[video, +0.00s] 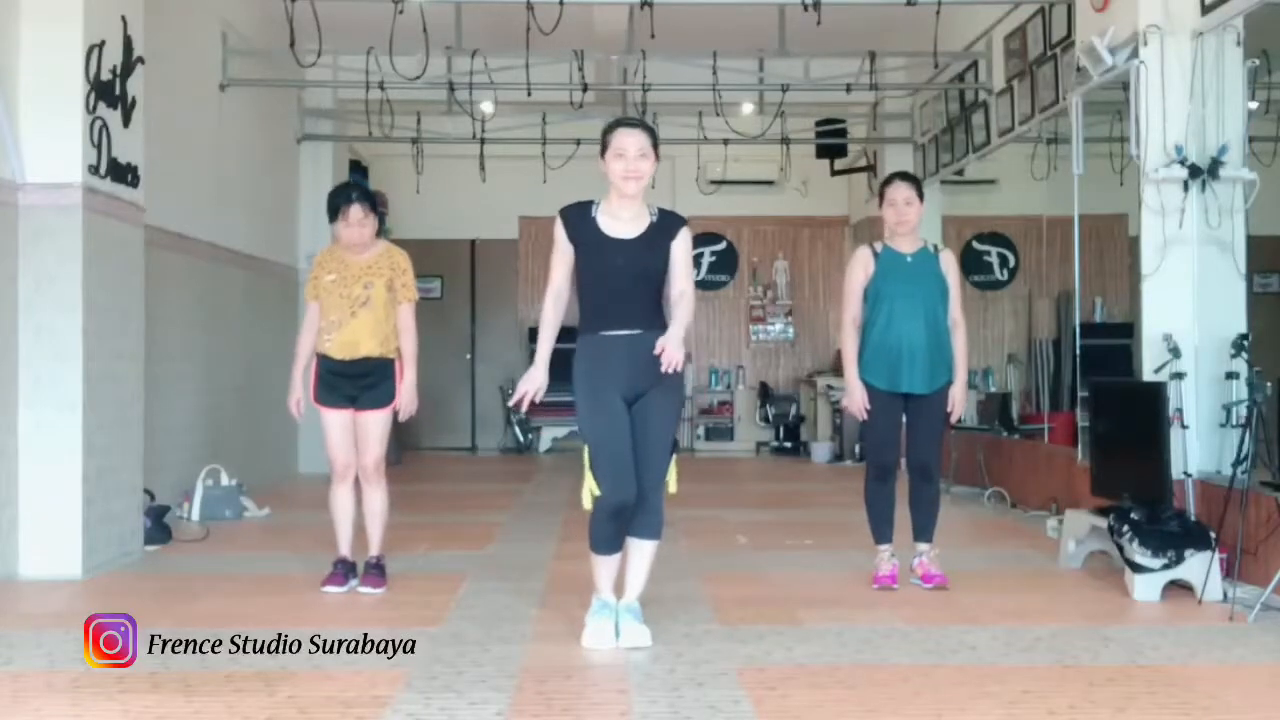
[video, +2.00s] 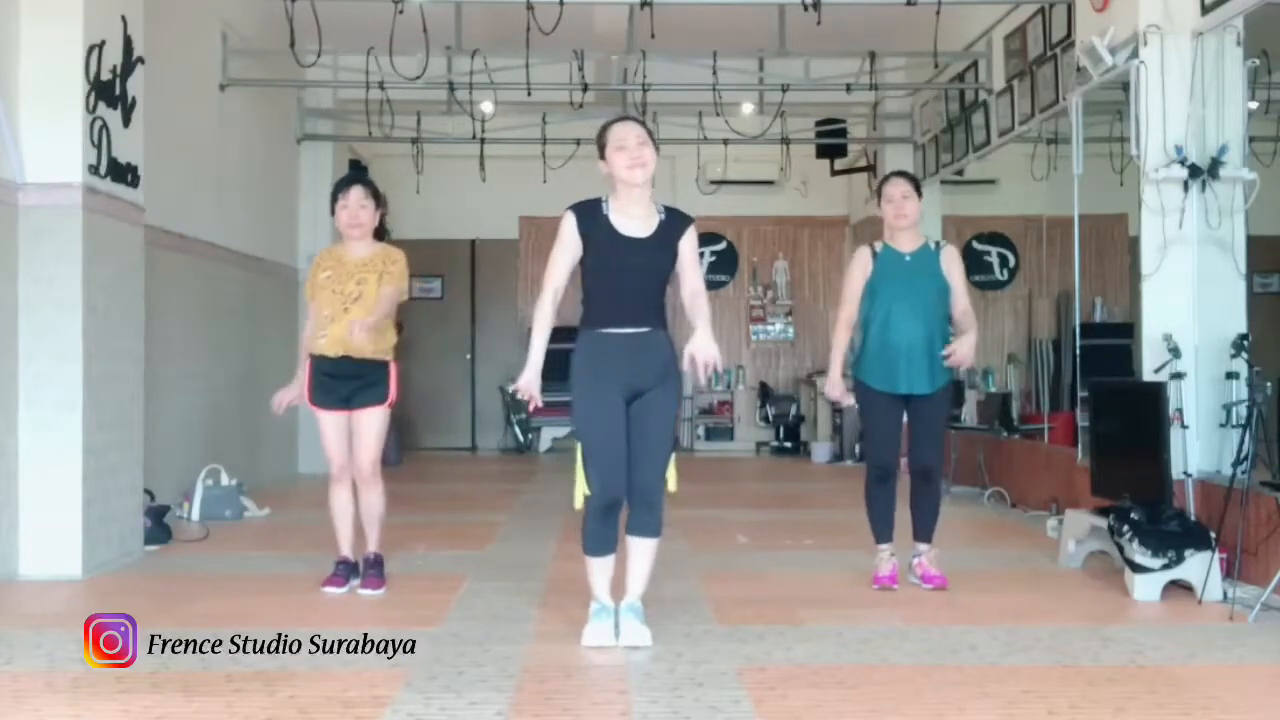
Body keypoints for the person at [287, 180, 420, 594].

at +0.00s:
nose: (355, 230)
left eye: (363, 221)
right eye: (347, 222)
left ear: (377, 220)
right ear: (334, 224)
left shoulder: (395, 260)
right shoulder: (324, 261)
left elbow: (407, 324)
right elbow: (311, 323)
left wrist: (409, 381)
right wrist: (297, 379)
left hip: (379, 369)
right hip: (331, 369)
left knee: (371, 467)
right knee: (341, 468)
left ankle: (375, 560)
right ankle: (343, 560)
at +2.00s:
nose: (354, 213)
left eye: (363, 204)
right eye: (345, 205)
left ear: (378, 213)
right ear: (334, 214)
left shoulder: (392, 259)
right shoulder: (324, 261)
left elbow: (389, 300)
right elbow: (313, 325)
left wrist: (370, 321)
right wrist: (299, 381)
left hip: (372, 369)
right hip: (326, 368)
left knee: (366, 468)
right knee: (338, 470)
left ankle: (372, 557)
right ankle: (345, 560)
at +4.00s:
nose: (350, 213)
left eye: (360, 207)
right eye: (343, 206)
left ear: (375, 216)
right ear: (331, 214)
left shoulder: (387, 262)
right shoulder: (319, 265)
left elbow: (379, 317)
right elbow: (308, 330)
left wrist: (369, 316)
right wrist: (297, 383)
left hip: (367, 369)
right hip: (322, 368)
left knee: (360, 469)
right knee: (335, 471)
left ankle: (371, 558)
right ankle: (345, 560)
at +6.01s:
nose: (355, 218)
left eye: (364, 211)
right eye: (346, 210)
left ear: (376, 219)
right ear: (332, 217)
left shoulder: (387, 262)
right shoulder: (318, 266)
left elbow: (382, 316)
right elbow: (304, 330)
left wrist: (351, 326)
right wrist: (291, 387)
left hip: (367, 371)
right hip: (321, 370)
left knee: (358, 470)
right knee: (333, 471)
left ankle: (371, 558)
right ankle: (345, 560)